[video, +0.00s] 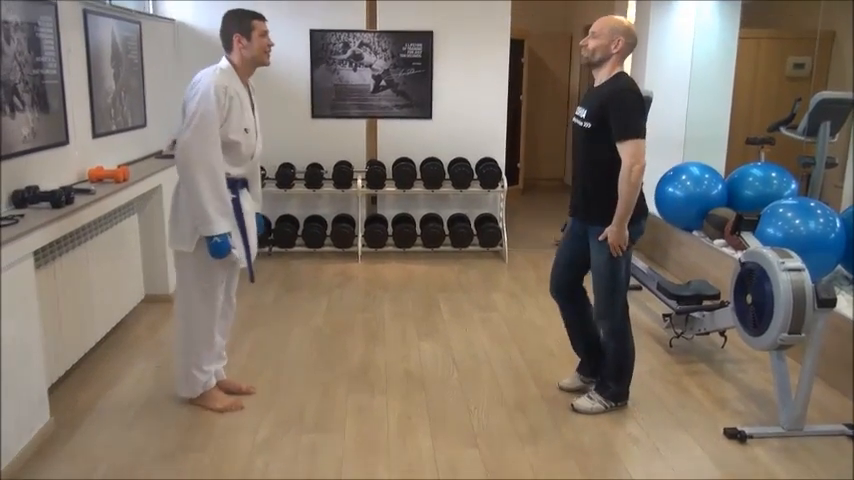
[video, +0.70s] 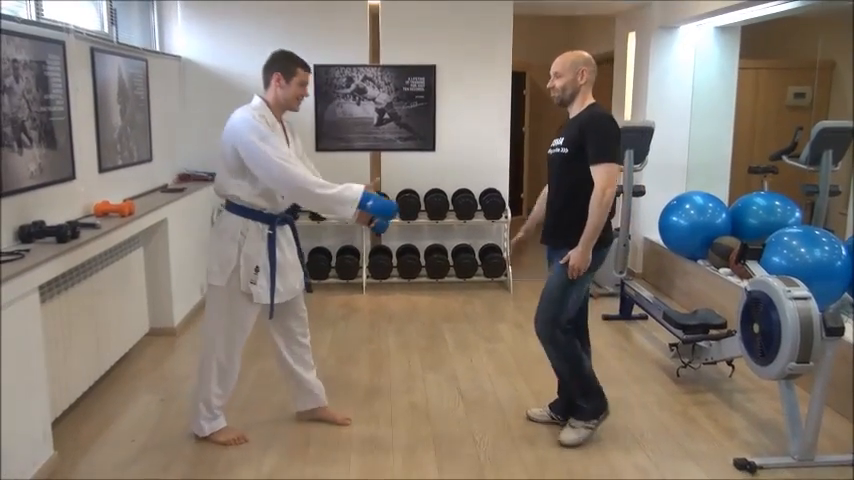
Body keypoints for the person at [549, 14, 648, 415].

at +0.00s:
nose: (584, 42)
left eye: (592, 36)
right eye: (586, 35)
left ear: (616, 45)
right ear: (611, 46)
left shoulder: (622, 93)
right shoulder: (595, 90)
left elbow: (635, 163)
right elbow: (592, 160)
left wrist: (619, 224)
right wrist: (577, 214)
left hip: (610, 222)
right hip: (583, 216)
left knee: (609, 310)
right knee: (563, 285)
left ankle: (615, 391)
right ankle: (593, 366)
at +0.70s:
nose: (550, 83)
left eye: (557, 76)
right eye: (550, 77)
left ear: (583, 75)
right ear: (576, 77)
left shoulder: (597, 120)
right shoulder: (569, 125)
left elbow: (606, 187)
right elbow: (554, 187)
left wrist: (584, 247)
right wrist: (529, 227)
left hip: (582, 247)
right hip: (560, 243)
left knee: (549, 323)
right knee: (572, 327)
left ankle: (591, 407)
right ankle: (567, 406)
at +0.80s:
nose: (542, 83)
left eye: (548, 76)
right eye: (542, 77)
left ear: (574, 76)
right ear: (569, 77)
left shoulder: (592, 120)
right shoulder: (562, 125)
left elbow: (598, 185)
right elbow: (537, 179)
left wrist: (570, 241)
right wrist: (494, 213)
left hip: (581, 244)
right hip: (564, 242)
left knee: (545, 327)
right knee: (572, 329)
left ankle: (561, 420)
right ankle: (573, 410)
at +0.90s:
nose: (533, 85)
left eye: (539, 77)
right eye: (533, 78)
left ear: (564, 77)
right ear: (557, 78)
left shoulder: (585, 119)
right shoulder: (552, 125)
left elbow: (572, 186)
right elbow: (516, 173)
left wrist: (520, 227)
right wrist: (467, 197)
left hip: (580, 243)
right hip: (563, 242)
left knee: (547, 333)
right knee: (571, 326)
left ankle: (537, 425)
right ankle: (573, 408)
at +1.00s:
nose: (521, 87)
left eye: (527, 80)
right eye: (521, 80)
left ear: (553, 81)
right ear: (548, 82)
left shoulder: (574, 123)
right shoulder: (544, 123)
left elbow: (531, 183)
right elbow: (504, 166)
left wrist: (470, 204)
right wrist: (456, 186)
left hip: (580, 243)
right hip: (563, 241)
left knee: (549, 334)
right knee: (569, 325)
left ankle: (535, 424)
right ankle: (573, 406)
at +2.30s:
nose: (542, 39)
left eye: (550, 32)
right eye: (545, 33)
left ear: (575, 37)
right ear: (574, 39)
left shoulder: (575, 86)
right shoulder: (581, 84)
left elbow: (557, 154)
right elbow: (545, 148)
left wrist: (518, 207)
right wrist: (501, 176)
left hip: (562, 212)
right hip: (580, 209)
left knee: (530, 295)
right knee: (583, 293)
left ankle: (540, 388)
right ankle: (594, 375)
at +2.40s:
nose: (544, 44)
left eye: (552, 36)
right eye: (546, 37)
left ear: (577, 40)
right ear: (575, 43)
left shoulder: (576, 88)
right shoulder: (588, 86)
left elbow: (580, 159)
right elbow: (595, 155)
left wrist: (576, 223)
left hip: (562, 212)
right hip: (580, 210)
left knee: (519, 287)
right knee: (591, 297)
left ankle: (536, 383)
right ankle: (596, 378)